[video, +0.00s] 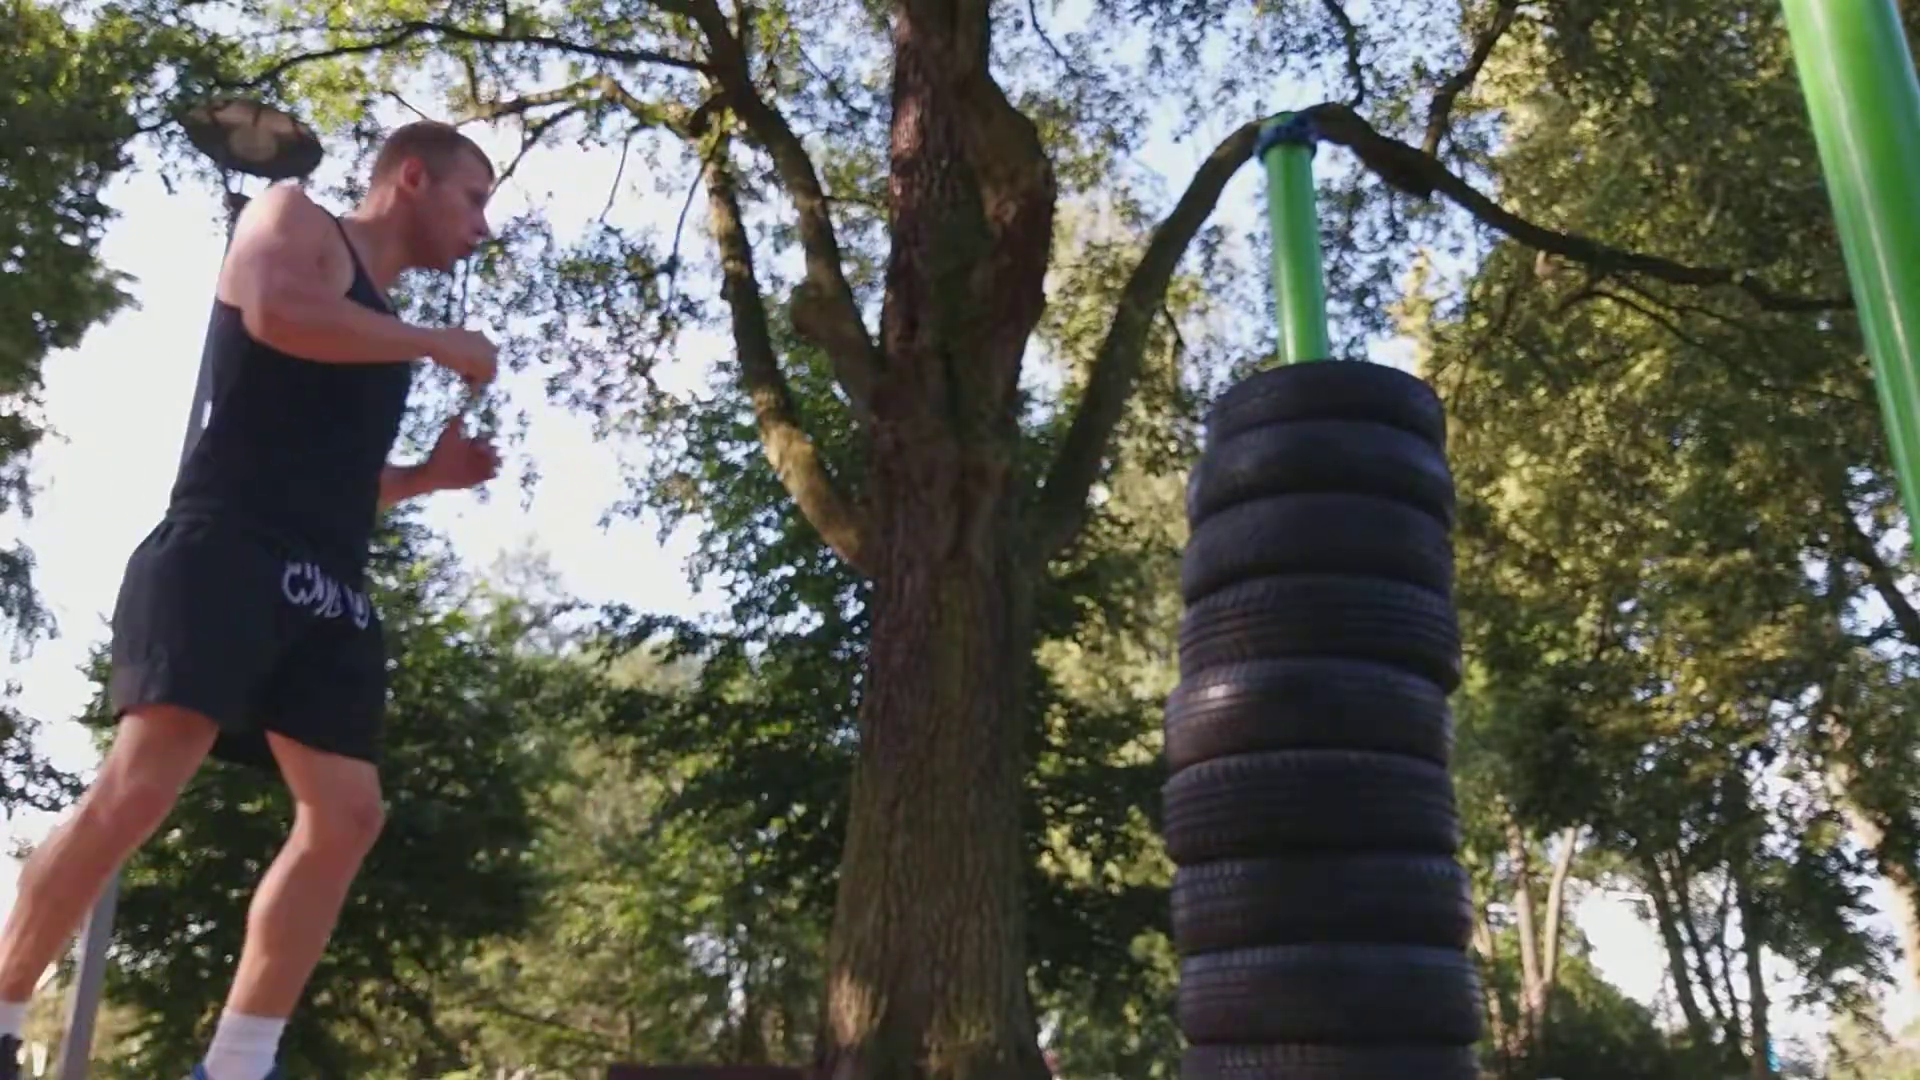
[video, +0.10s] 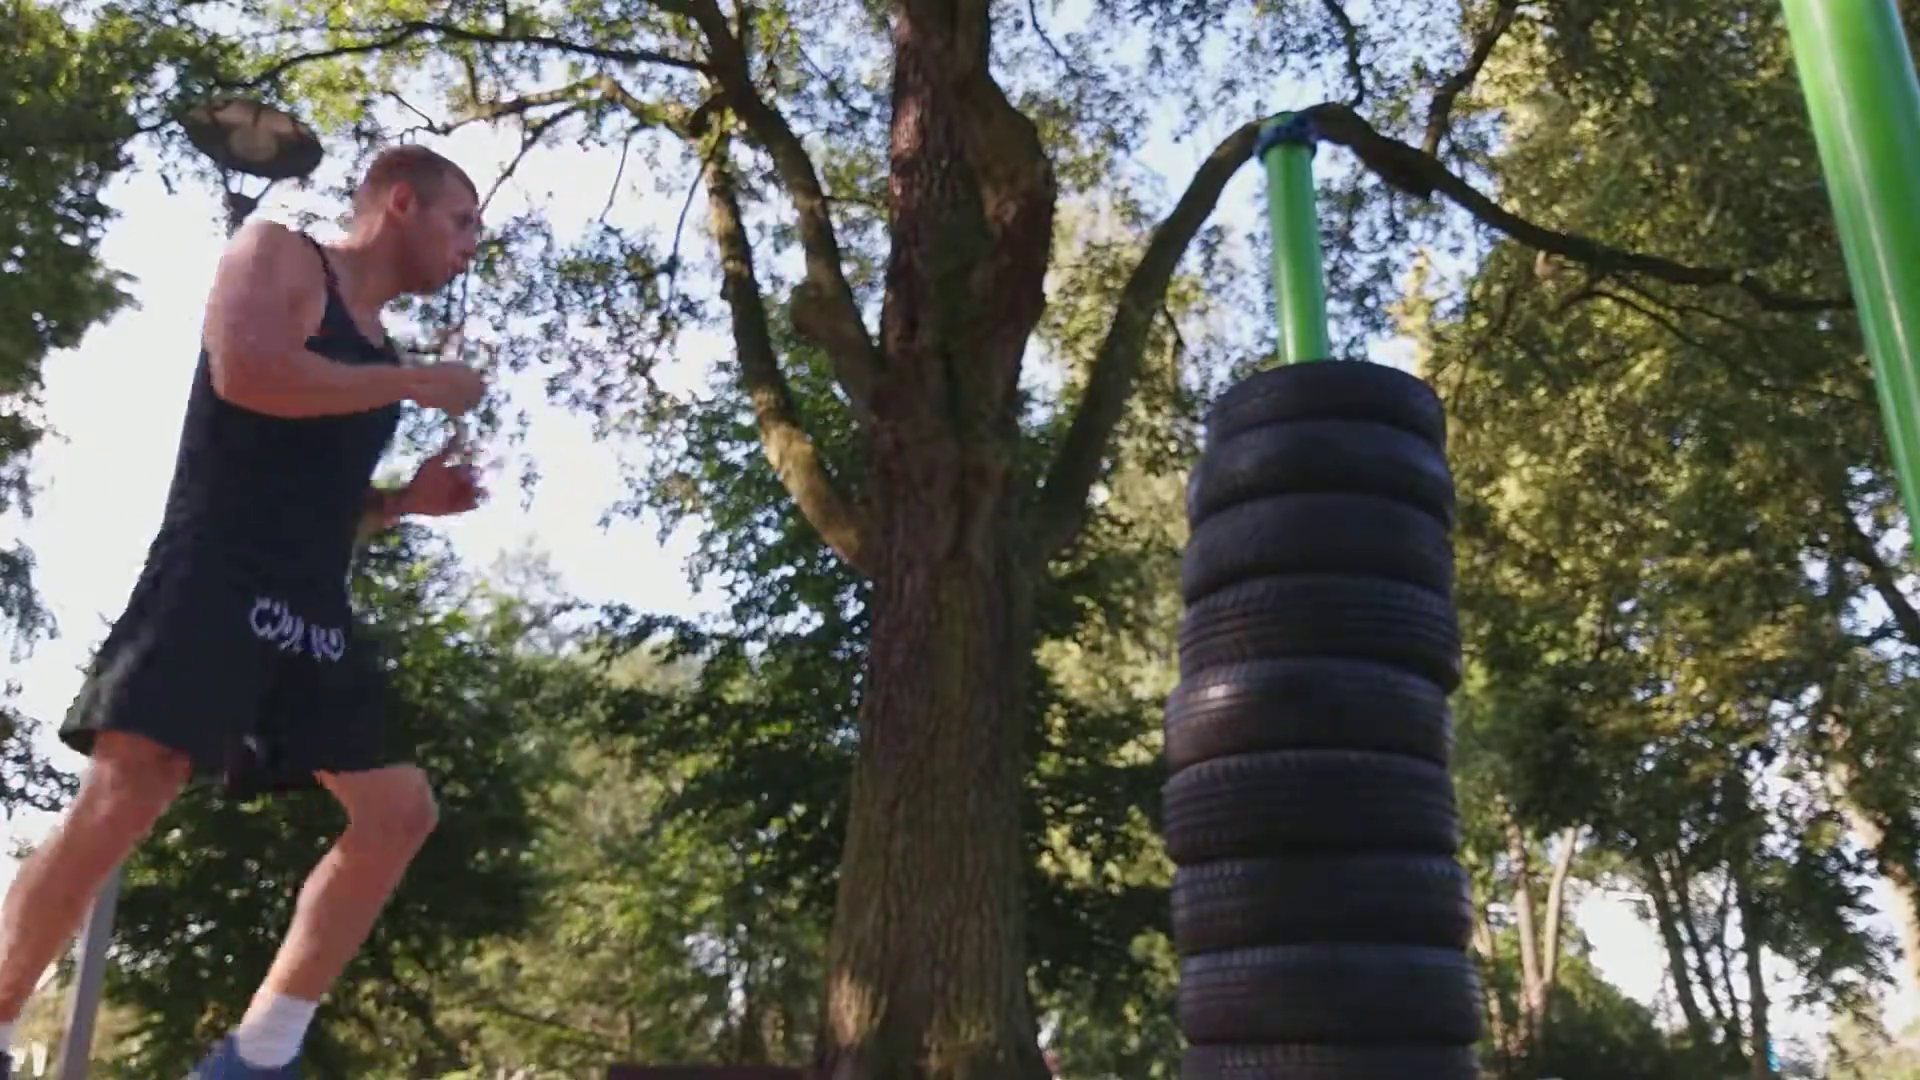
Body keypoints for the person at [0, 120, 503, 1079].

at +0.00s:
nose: (481, 228)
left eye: (487, 211)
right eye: (474, 201)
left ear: (421, 191)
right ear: (409, 176)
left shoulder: (380, 317)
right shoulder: (295, 212)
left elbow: (331, 482)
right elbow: (276, 315)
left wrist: (429, 474)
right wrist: (431, 341)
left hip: (324, 593)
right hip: (220, 557)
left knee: (346, 817)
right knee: (138, 790)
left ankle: (235, 1068)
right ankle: (4, 1009)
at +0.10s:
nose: (470, 248)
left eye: (476, 233)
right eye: (462, 222)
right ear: (397, 201)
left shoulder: (372, 356)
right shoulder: (276, 250)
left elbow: (312, 509)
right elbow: (250, 370)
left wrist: (405, 499)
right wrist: (413, 380)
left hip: (310, 627)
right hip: (209, 593)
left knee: (398, 812)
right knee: (123, 796)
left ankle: (258, 1054)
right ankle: (4, 1022)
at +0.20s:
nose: (497, 224)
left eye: (502, 205)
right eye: (491, 197)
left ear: (442, 190)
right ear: (428, 177)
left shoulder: (419, 326)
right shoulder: (300, 219)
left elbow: (350, 459)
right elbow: (203, 335)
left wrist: (418, 454)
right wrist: (366, 397)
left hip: (344, 577)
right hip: (232, 555)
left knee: (430, 769)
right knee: (117, 772)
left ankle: (313, 1009)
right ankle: (9, 1007)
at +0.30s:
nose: (520, 224)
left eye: (525, 206)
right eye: (512, 199)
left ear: (457, 188)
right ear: (449, 177)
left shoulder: (459, 330)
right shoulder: (315, 227)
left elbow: (442, 464)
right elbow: (182, 331)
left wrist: (465, 471)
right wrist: (282, 446)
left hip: (367, 574)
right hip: (256, 548)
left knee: (459, 763)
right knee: (146, 754)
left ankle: (384, 1012)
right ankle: (15, 997)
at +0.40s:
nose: (529, 271)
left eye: (533, 253)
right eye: (521, 246)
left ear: (473, 241)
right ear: (458, 228)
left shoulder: (477, 375)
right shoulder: (325, 289)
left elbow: (499, 514)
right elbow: (181, 393)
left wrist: (533, 551)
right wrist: (213, 517)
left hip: (387, 627)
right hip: (271, 599)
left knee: (486, 804)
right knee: (143, 796)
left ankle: (457, 1052)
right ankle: (7, 1025)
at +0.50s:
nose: (555, 318)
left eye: (557, 301)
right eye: (545, 293)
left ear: (492, 292)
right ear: (485, 282)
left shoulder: (494, 434)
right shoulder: (365, 344)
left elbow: (517, 562)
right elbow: (224, 443)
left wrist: (614, 567)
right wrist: (235, 567)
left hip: (428, 685)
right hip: (328, 655)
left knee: (522, 842)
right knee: (212, 839)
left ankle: (483, 1073)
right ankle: (21, 1031)